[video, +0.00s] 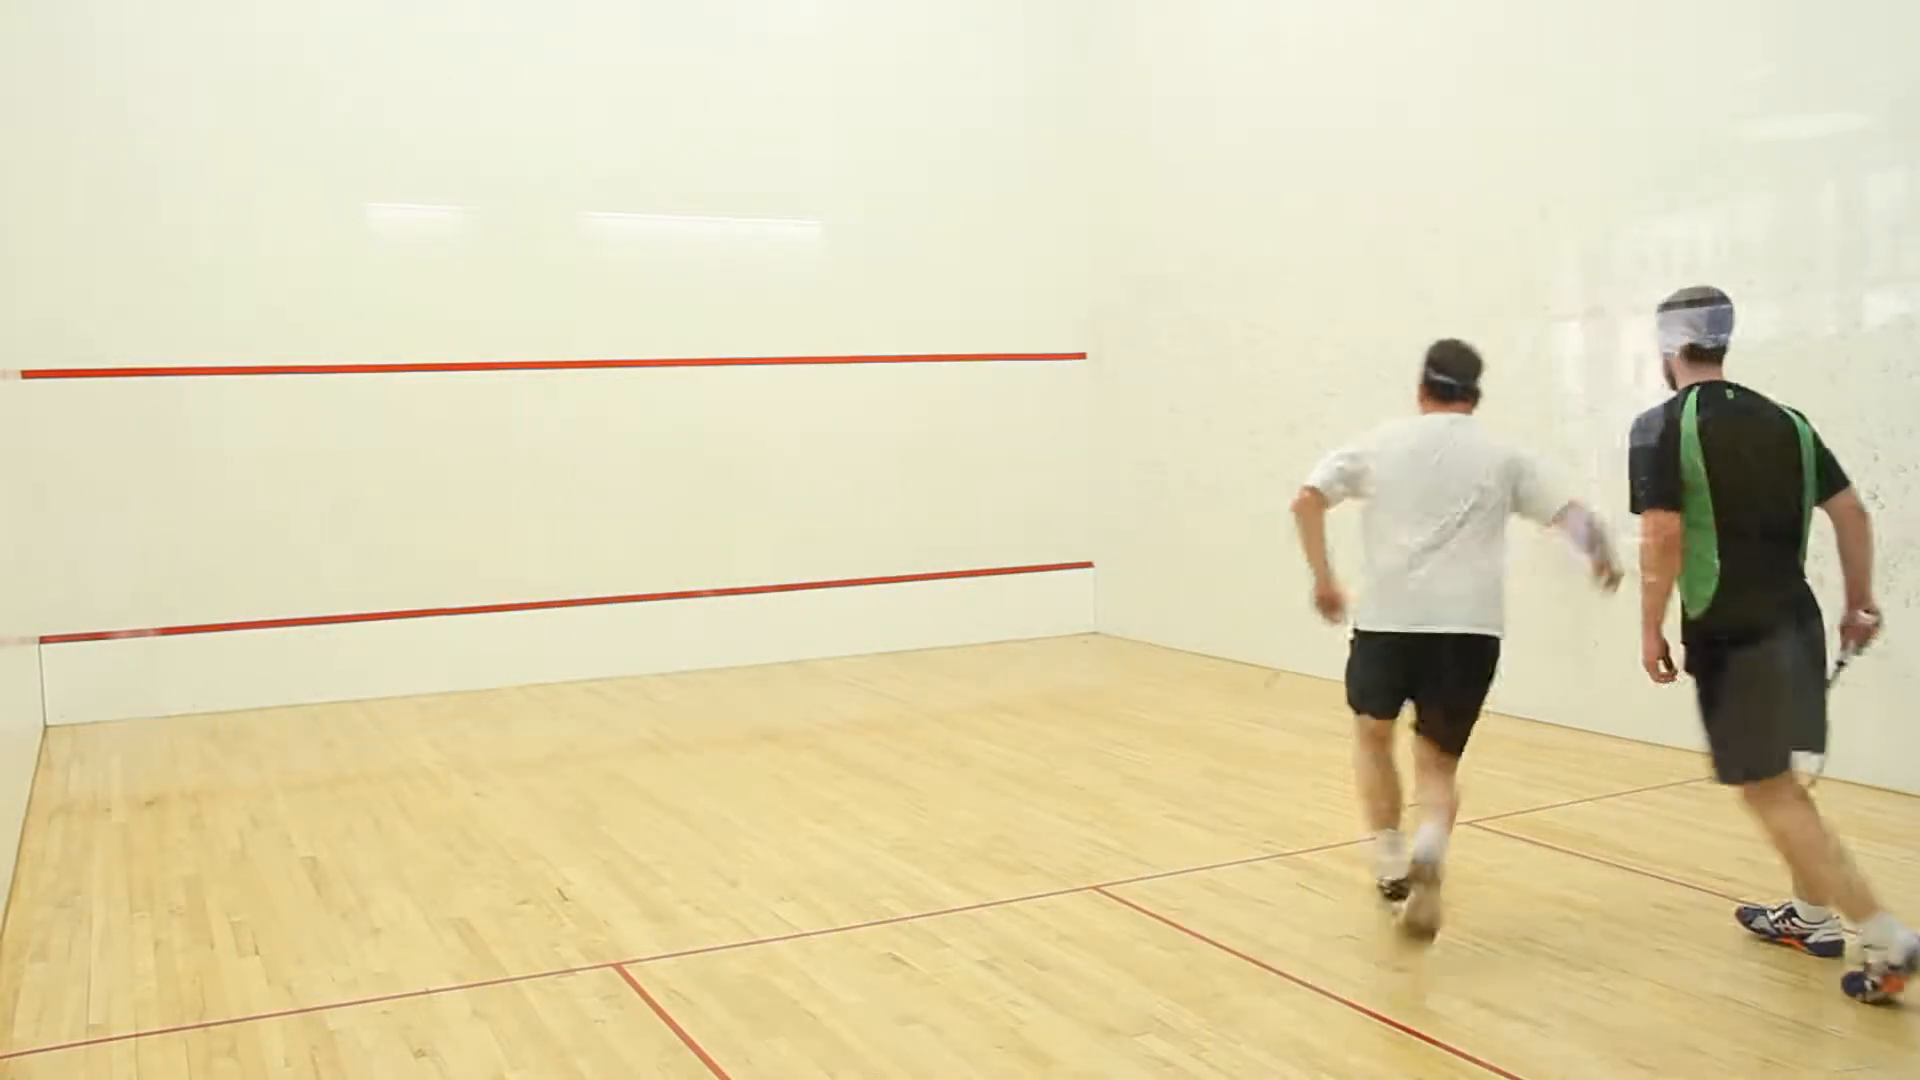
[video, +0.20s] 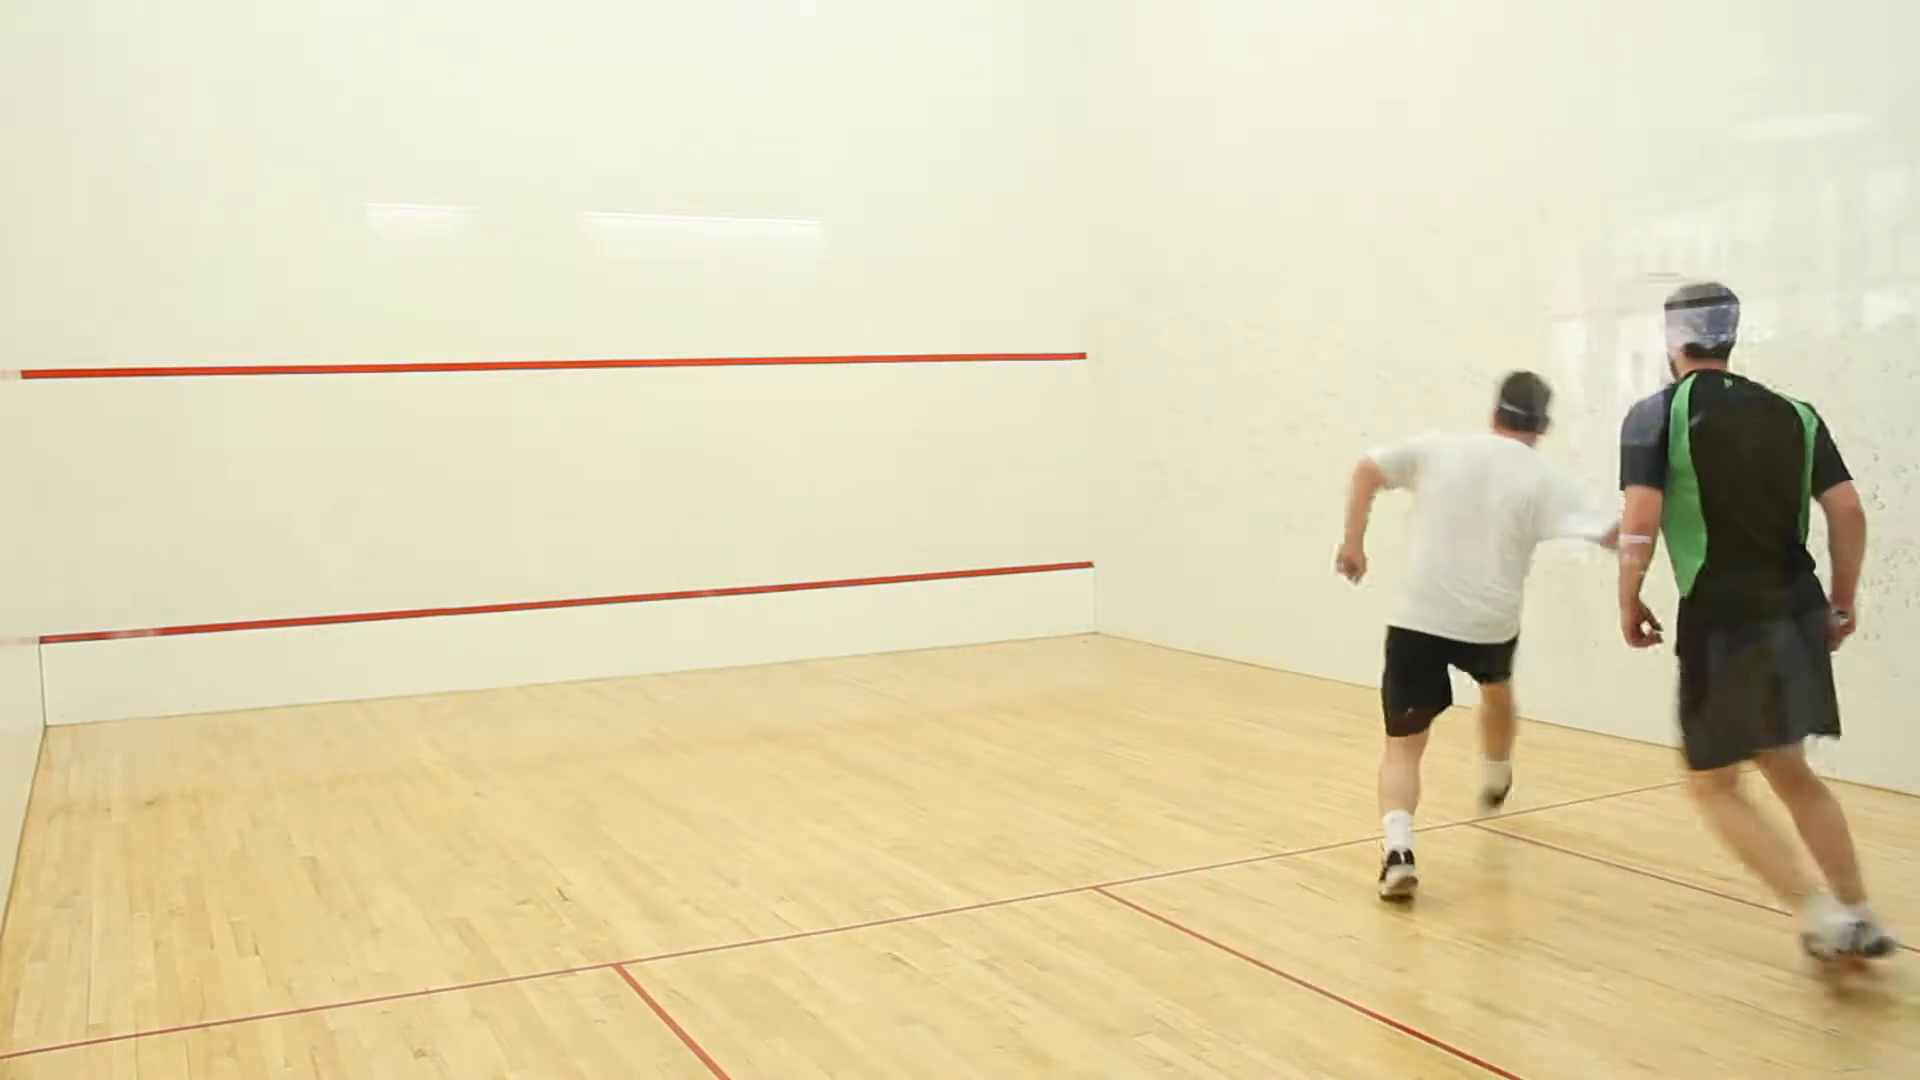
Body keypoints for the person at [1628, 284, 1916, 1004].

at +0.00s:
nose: (1664, 362)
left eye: (1664, 352)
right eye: (1671, 351)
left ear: (1670, 353)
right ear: (1726, 350)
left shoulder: (1661, 425)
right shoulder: (1785, 421)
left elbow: (1663, 537)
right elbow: (1850, 515)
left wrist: (1652, 626)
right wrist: (1859, 603)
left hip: (1732, 635)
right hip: (1796, 624)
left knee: (1767, 786)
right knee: (1776, 774)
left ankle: (1884, 935)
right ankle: (1813, 914)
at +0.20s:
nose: (1670, 355)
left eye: (1670, 345)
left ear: (1674, 345)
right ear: (1732, 342)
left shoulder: (1657, 414)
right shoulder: (1794, 413)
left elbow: (1641, 523)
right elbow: (1847, 512)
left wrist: (1629, 601)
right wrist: (1842, 601)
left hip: (1720, 624)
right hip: (1797, 615)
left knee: (1713, 782)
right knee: (1789, 768)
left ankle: (1819, 909)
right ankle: (1857, 917)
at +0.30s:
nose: (1659, 380)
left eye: (1661, 371)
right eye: (1665, 370)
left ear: (1667, 375)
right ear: (1723, 374)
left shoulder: (1652, 447)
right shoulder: (1785, 444)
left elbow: (1645, 548)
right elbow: (1838, 544)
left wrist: (1623, 629)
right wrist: (1809, 625)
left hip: (1716, 648)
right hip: (1794, 643)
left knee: (1645, 787)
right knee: (1807, 787)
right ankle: (1874, 941)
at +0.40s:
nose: (1636, 383)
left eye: (1638, 372)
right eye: (1647, 371)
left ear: (1643, 374)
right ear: (1698, 375)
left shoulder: (1628, 449)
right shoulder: (1756, 446)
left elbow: (1616, 543)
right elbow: (1806, 553)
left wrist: (1592, 624)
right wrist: (1766, 615)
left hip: (1684, 653)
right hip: (1762, 650)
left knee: (1597, 792)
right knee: (1784, 788)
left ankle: (1624, 960)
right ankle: (1872, 938)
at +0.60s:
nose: (1552, 376)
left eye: (1556, 364)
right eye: (1560, 363)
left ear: (1561, 368)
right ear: (1613, 368)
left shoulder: (1547, 433)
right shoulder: (1655, 442)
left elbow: (1534, 531)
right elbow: (1706, 554)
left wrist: (1490, 617)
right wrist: (1641, 603)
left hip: (1620, 629)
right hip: (1693, 631)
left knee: (1496, 764)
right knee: (1632, 744)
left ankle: (1543, 932)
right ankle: (1683, 894)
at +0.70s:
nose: (1492, 422)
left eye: (1496, 411)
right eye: (1497, 410)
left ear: (1508, 416)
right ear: (1561, 416)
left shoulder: (1502, 484)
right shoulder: (1608, 481)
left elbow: (1487, 586)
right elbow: (1648, 591)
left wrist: (1445, 675)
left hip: (1583, 677)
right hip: (1652, 671)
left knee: (1453, 794)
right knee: (1583, 784)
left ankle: (1446, 961)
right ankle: (1605, 914)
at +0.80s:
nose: (1426, 430)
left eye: (1433, 421)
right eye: (1431, 420)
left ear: (1452, 433)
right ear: (1490, 430)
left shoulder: (1458, 503)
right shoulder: (1540, 489)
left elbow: (1464, 606)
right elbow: (1580, 589)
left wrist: (1410, 693)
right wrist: (1518, 668)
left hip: (1545, 705)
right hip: (1592, 693)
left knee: (1395, 813)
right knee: (1551, 801)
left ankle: (1369, 999)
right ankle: (1604, 916)